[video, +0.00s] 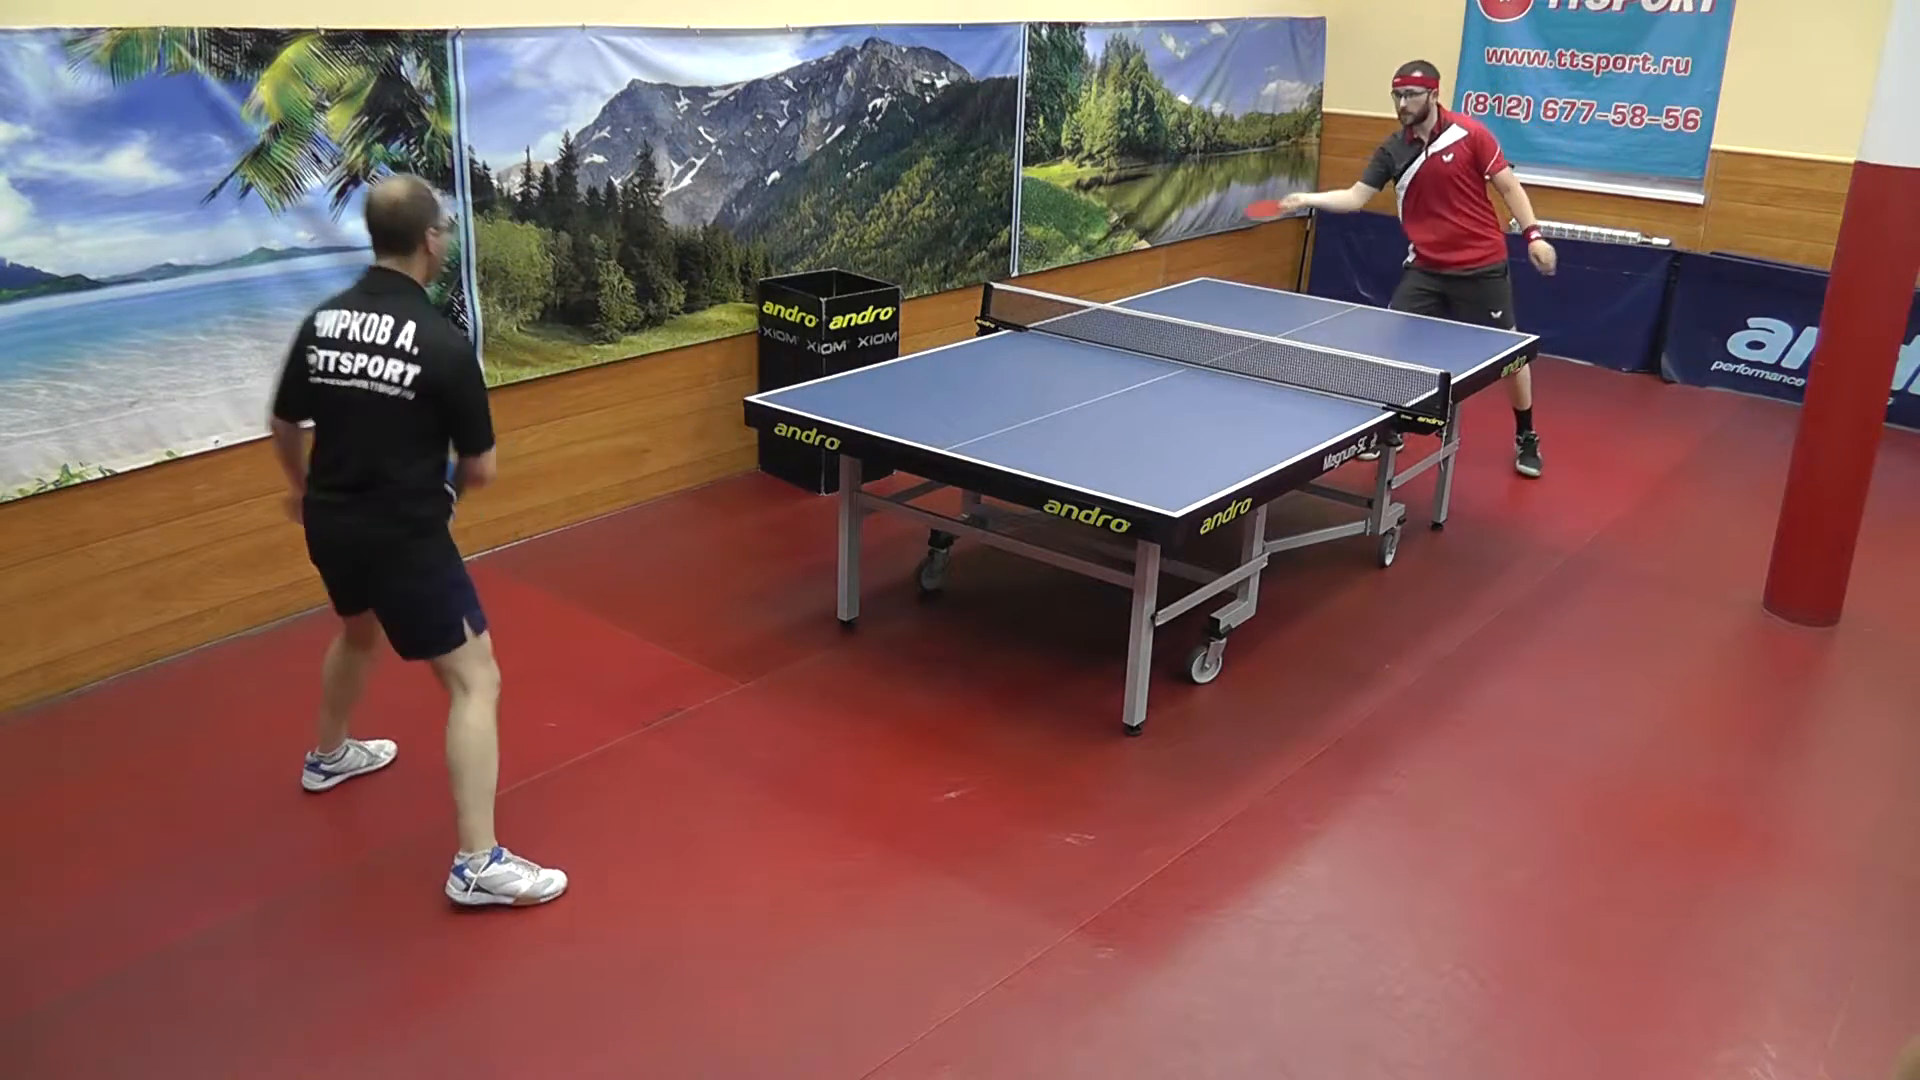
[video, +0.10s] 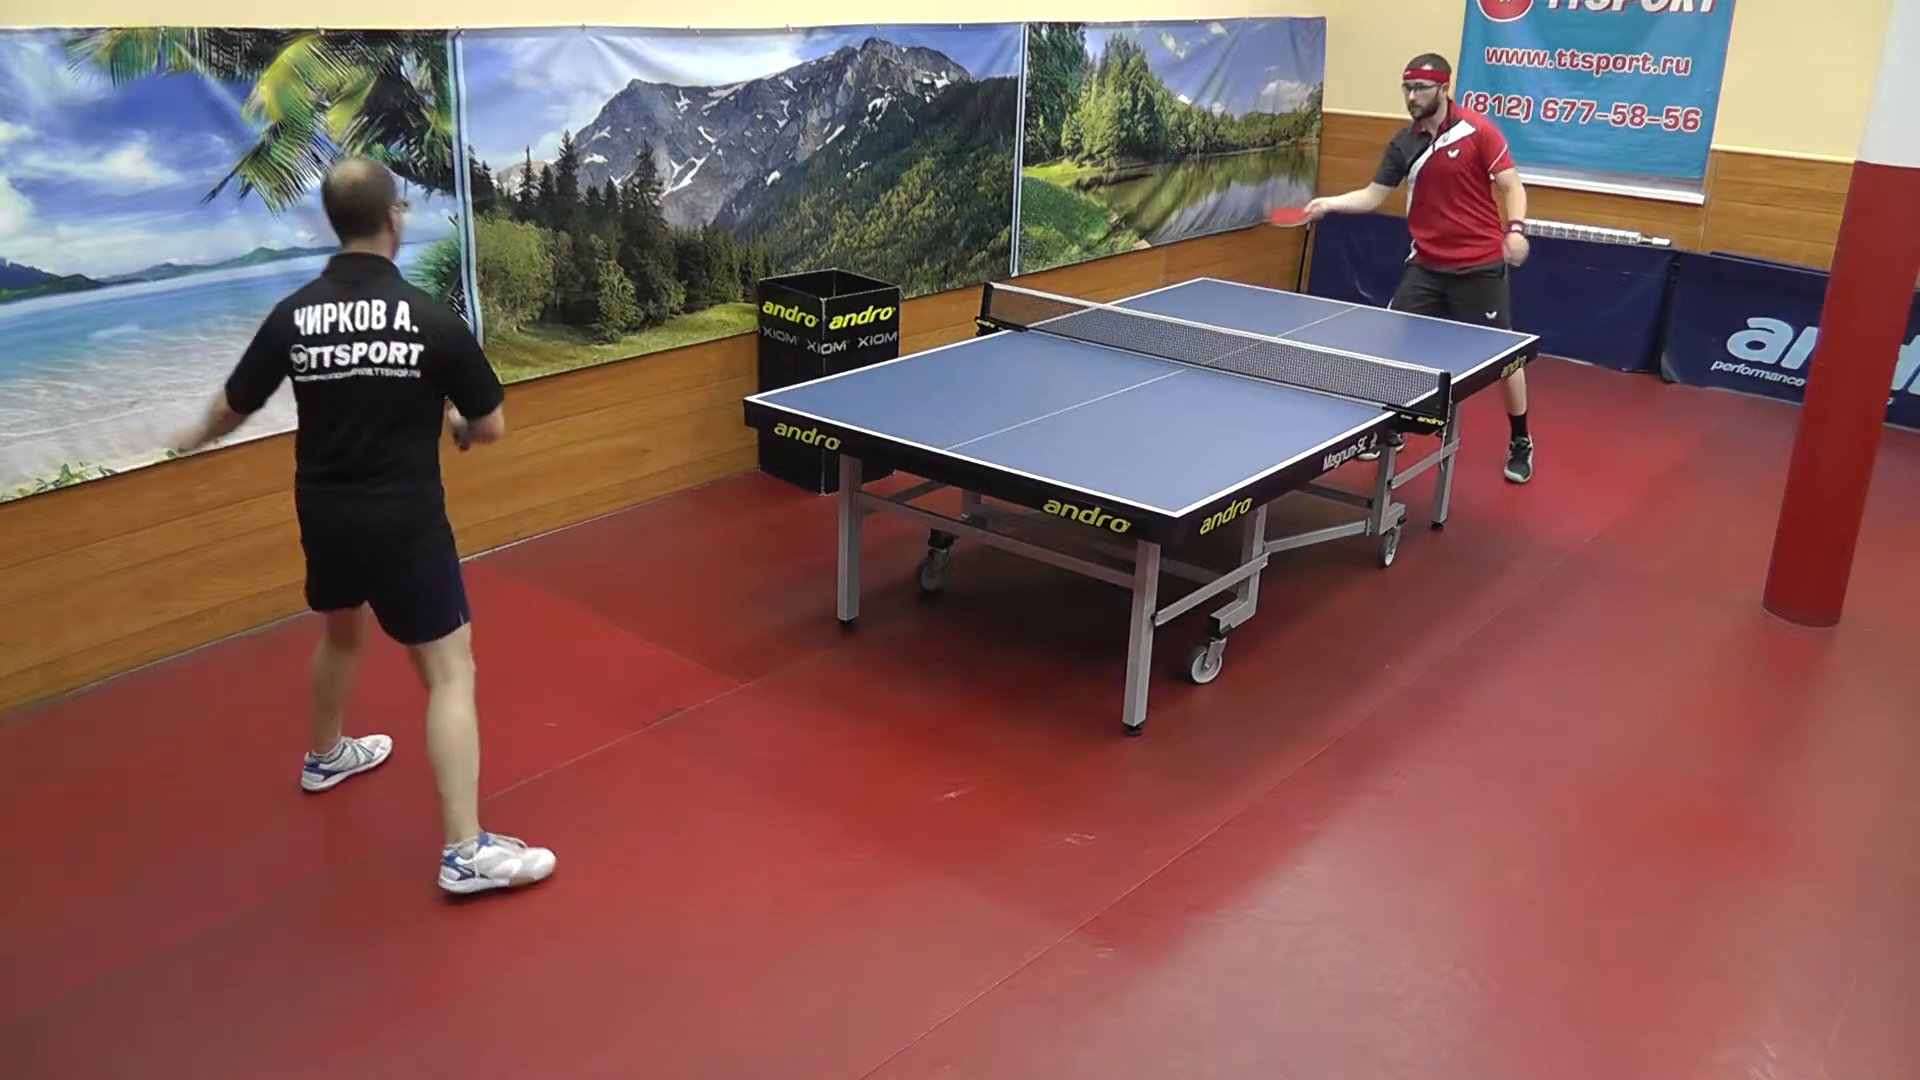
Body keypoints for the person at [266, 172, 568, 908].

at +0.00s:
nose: (447, 240)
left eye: (443, 228)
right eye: (443, 230)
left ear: (376, 238)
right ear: (428, 240)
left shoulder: (328, 319)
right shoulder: (444, 340)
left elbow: (286, 419)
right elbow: (479, 466)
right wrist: (444, 477)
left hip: (331, 523)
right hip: (406, 532)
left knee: (357, 631)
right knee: (474, 680)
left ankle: (328, 752)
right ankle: (478, 859)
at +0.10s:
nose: (404, 218)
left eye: (398, 206)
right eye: (401, 209)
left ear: (332, 223)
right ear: (392, 220)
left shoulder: (294, 313)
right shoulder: (429, 316)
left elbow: (231, 406)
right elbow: (488, 426)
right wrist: (460, 429)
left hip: (327, 521)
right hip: (408, 525)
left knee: (342, 636)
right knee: (449, 675)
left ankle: (325, 755)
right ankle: (464, 847)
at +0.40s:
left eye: (290, 222)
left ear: (295, 233)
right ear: (361, 212)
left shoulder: (285, 327)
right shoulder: (424, 310)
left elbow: (218, 421)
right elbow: (483, 410)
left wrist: (174, 467)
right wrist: (509, 460)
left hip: (333, 526)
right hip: (421, 519)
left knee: (336, 639)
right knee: (438, 673)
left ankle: (322, 754)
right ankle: (449, 841)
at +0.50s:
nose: (287, 239)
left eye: (286, 230)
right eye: (288, 228)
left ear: (300, 237)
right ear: (360, 218)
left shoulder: (291, 329)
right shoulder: (430, 303)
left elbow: (257, 449)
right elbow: (476, 419)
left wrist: (236, 525)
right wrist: (505, 494)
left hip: (337, 530)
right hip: (427, 521)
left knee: (334, 646)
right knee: (437, 674)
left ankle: (323, 756)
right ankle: (449, 840)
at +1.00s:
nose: (193, 232)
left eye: (200, 221)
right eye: (191, 220)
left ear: (241, 220)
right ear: (254, 215)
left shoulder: (230, 316)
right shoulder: (339, 278)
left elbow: (222, 447)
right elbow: (385, 389)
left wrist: (205, 539)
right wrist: (403, 466)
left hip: (273, 512)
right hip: (354, 493)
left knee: (284, 643)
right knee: (371, 625)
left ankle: (311, 771)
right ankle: (437, 751)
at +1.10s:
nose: (180, 232)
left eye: (187, 220)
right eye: (179, 220)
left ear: (231, 217)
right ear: (244, 214)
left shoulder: (223, 311)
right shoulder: (315, 272)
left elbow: (201, 439)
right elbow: (346, 382)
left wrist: (156, 489)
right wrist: (356, 457)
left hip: (263, 504)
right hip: (336, 484)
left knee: (279, 640)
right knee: (330, 611)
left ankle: (311, 771)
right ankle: (409, 731)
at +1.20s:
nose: (166, 232)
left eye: (175, 219)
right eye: (164, 219)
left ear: (222, 212)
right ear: (227, 211)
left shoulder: (219, 302)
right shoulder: (287, 264)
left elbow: (189, 426)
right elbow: (284, 380)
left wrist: (126, 443)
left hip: (264, 497)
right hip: (323, 478)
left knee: (280, 638)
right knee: (300, 616)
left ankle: (312, 772)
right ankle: (358, 736)